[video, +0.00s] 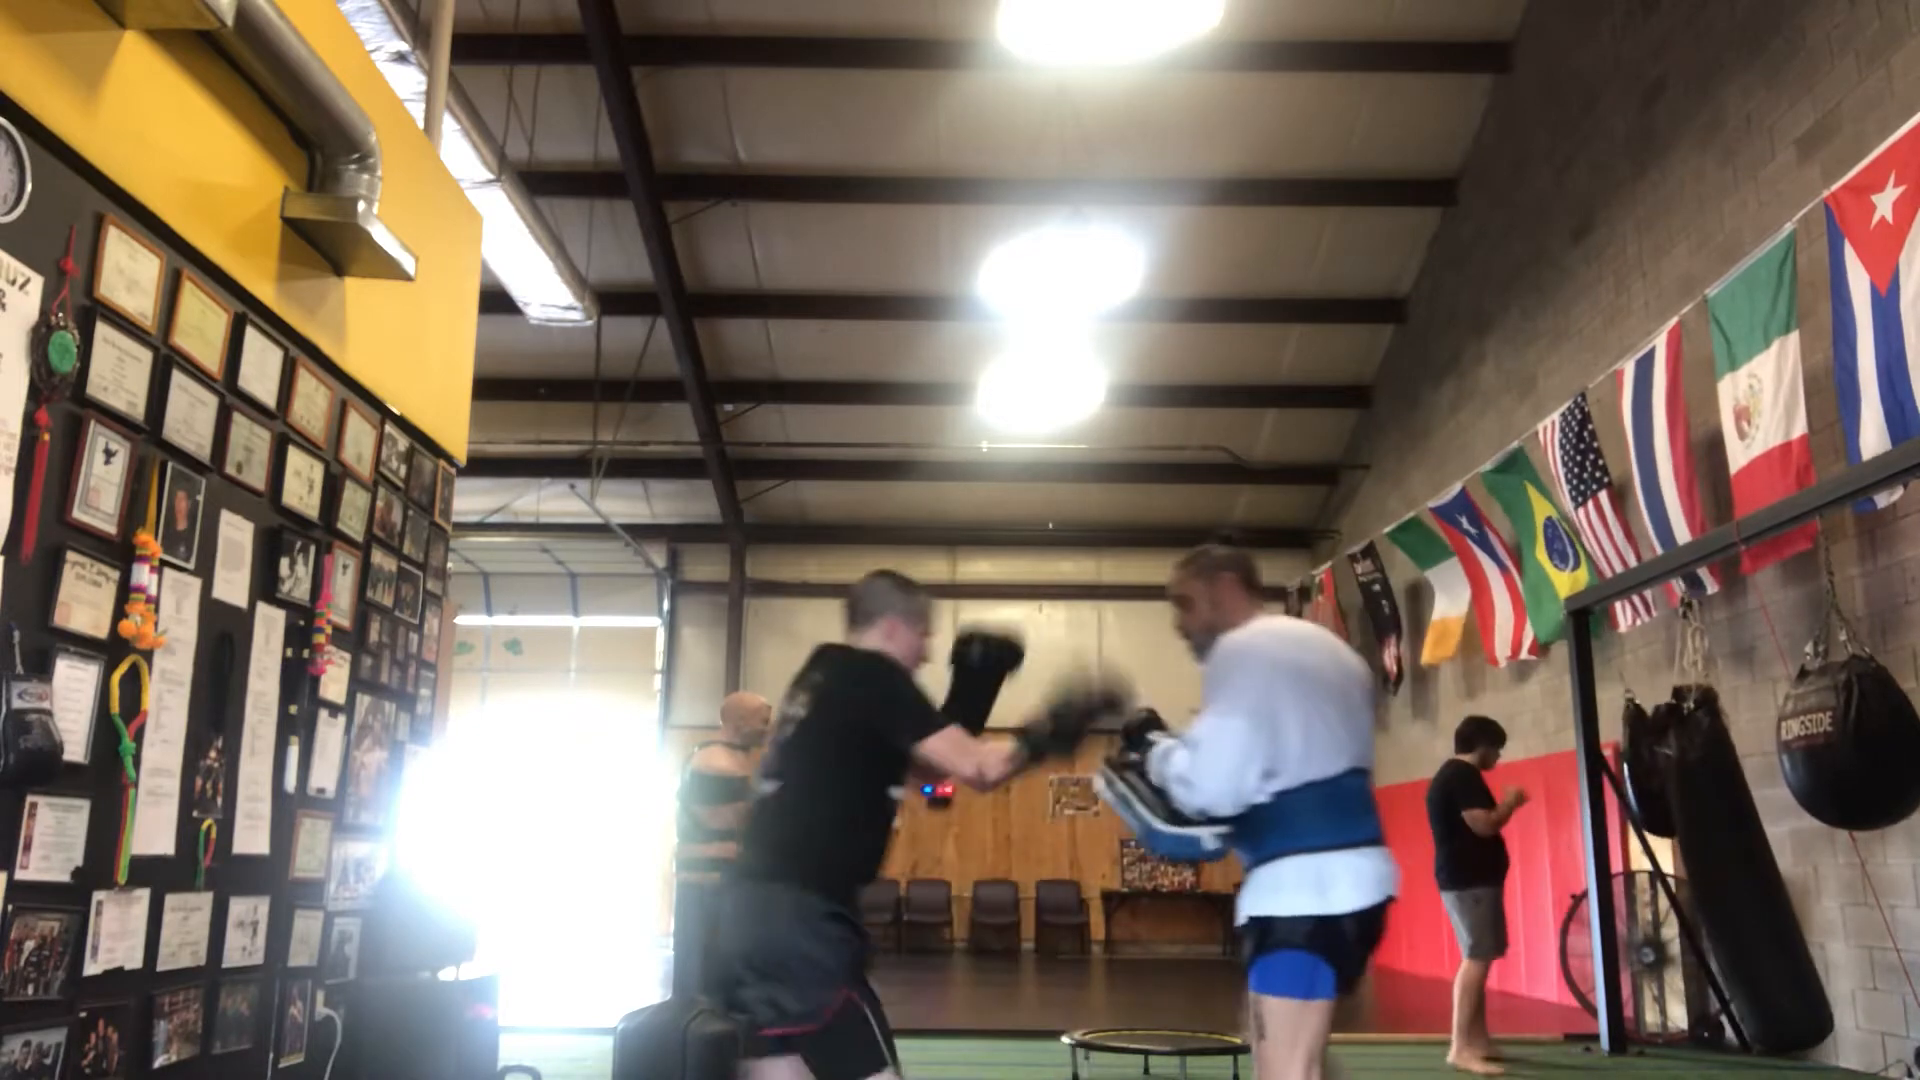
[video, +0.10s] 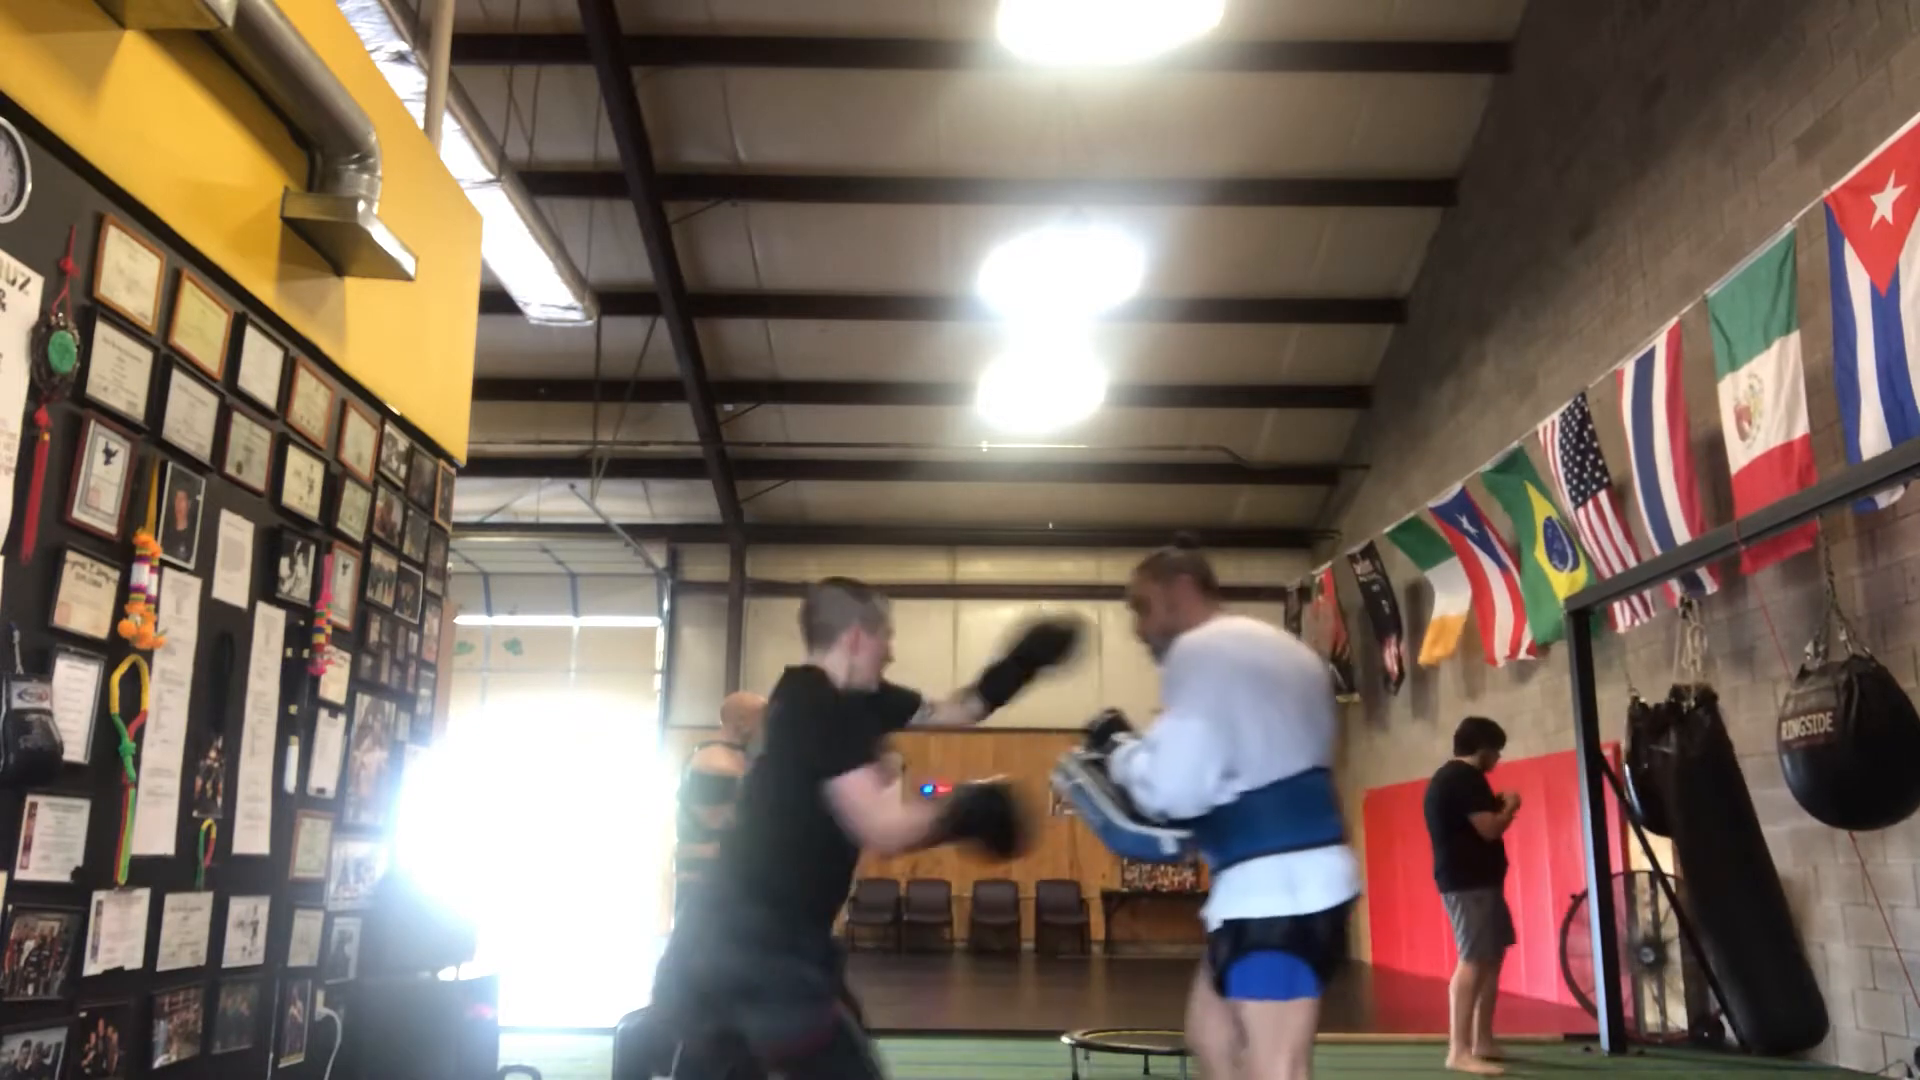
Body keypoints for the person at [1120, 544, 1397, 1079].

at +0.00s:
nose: (1180, 625)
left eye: (1185, 605)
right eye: (1177, 609)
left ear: (1225, 588)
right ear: (1235, 590)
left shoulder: (1246, 653)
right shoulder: (1330, 647)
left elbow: (1214, 786)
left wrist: (1153, 743)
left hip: (1302, 894)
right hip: (1356, 885)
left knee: (1285, 1068)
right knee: (1296, 1058)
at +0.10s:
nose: (1139, 628)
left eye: (1143, 607)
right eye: (1136, 611)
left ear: (1182, 590)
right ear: (1193, 591)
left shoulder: (1203, 652)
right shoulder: (1288, 649)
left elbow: (1177, 789)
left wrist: (1117, 745)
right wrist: (1144, 745)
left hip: (1272, 894)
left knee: (1276, 1065)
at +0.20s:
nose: (1097, 633)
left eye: (1101, 613)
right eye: (1095, 617)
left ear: (1141, 597)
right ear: (1157, 597)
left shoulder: (1161, 655)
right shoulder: (1241, 652)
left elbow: (1134, 789)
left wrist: (1082, 746)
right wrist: (1111, 727)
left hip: (1230, 900)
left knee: (1254, 1069)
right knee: (1166, 1061)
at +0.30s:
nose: (1058, 631)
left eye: (1062, 612)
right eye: (1055, 615)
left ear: (1102, 593)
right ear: (1114, 596)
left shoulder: (1120, 651)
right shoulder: (1194, 650)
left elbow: (1093, 779)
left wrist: (1031, 723)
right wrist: (1072, 720)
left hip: (1179, 893)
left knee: (1217, 1066)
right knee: (1132, 1062)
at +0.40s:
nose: (1017, 614)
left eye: (1020, 594)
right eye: (1015, 598)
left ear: (1060, 579)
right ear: (1070, 580)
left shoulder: (1085, 626)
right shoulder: (1119, 628)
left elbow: (1055, 752)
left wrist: (997, 706)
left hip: (1143, 876)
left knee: (1147, 1062)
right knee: (1119, 1061)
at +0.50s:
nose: (980, 601)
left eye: (983, 582)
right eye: (977, 587)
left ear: (1023, 564)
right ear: (1035, 567)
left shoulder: (1059, 605)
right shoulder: (1090, 610)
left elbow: (1021, 727)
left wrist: (964, 699)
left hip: (1103, 861)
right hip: (1136, 857)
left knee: (1077, 1051)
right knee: (1111, 1043)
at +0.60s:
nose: (953, 590)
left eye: (956, 573)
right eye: (949, 577)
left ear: (992, 563)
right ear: (1004, 566)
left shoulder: (1025, 608)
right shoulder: (1055, 612)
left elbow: (1004, 734)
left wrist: (947, 721)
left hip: (1065, 865)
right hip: (1111, 861)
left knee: (1026, 1051)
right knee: (1091, 1050)